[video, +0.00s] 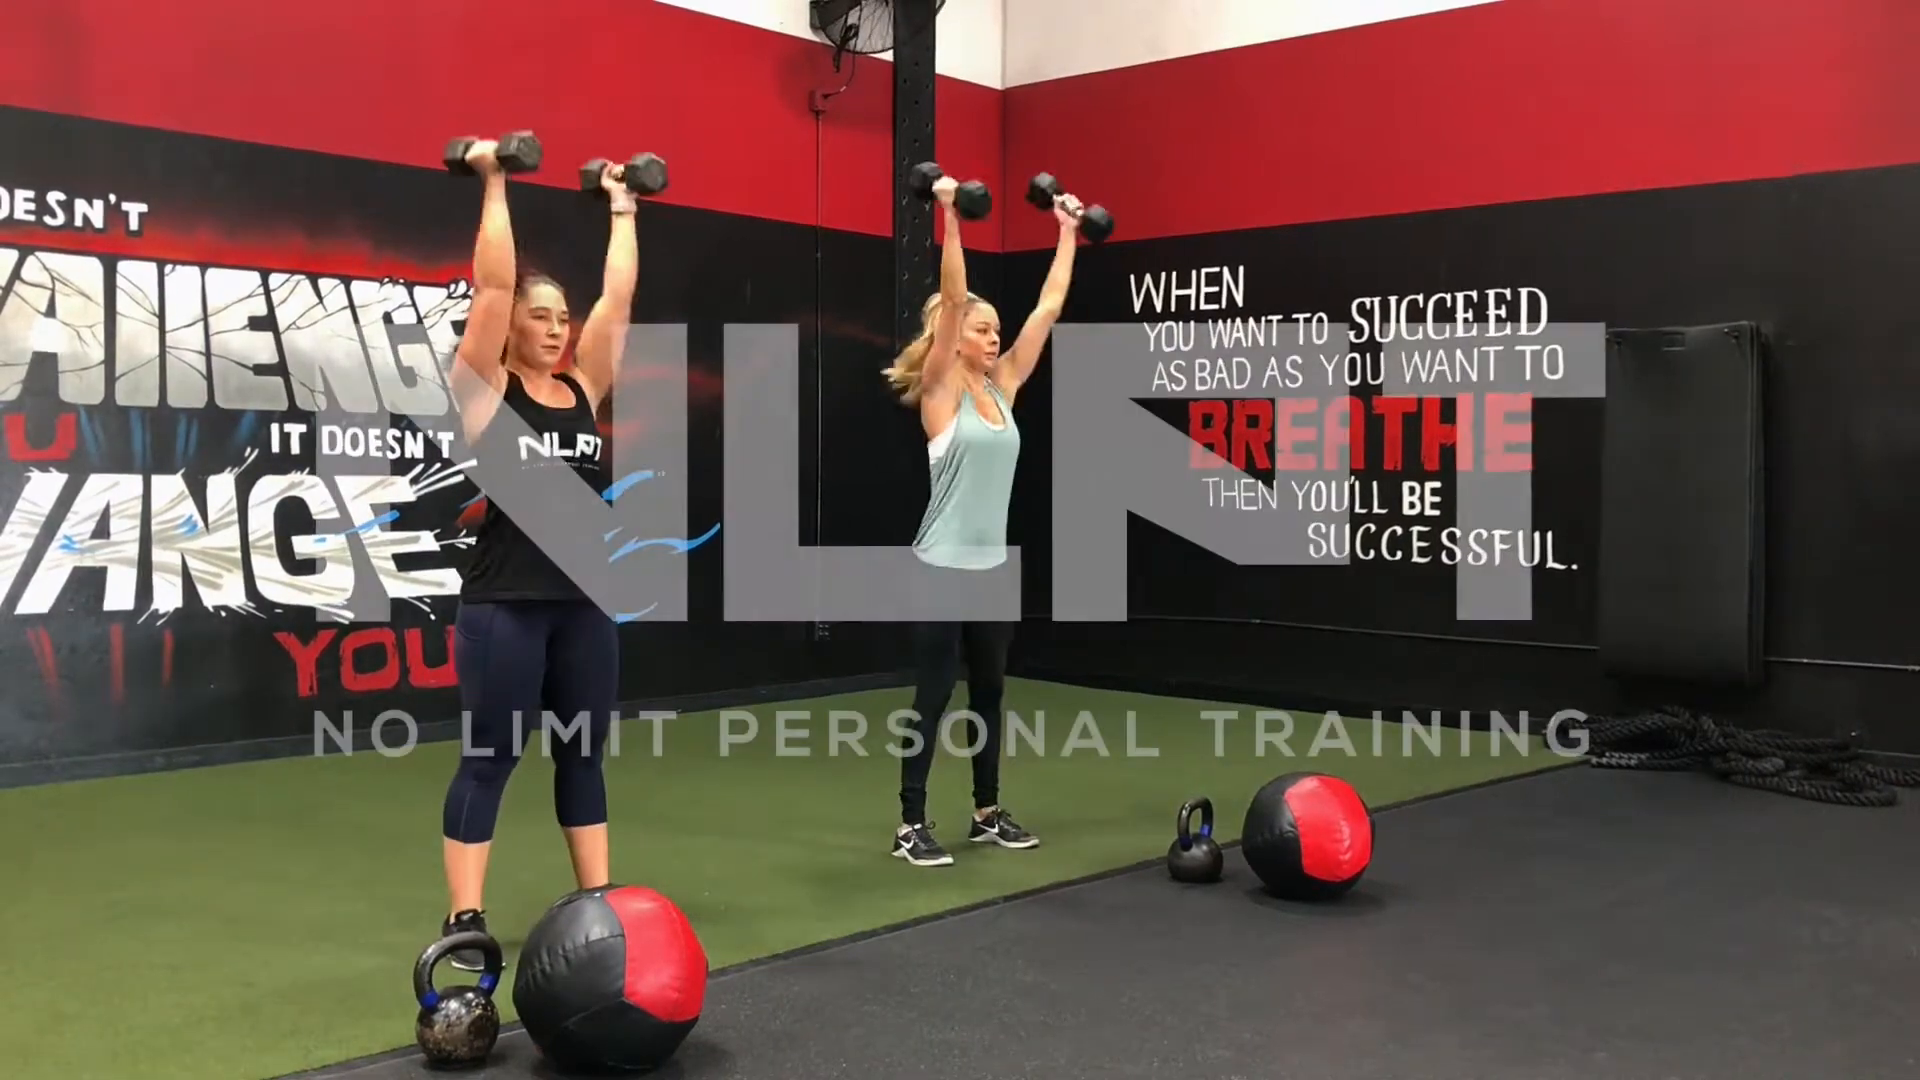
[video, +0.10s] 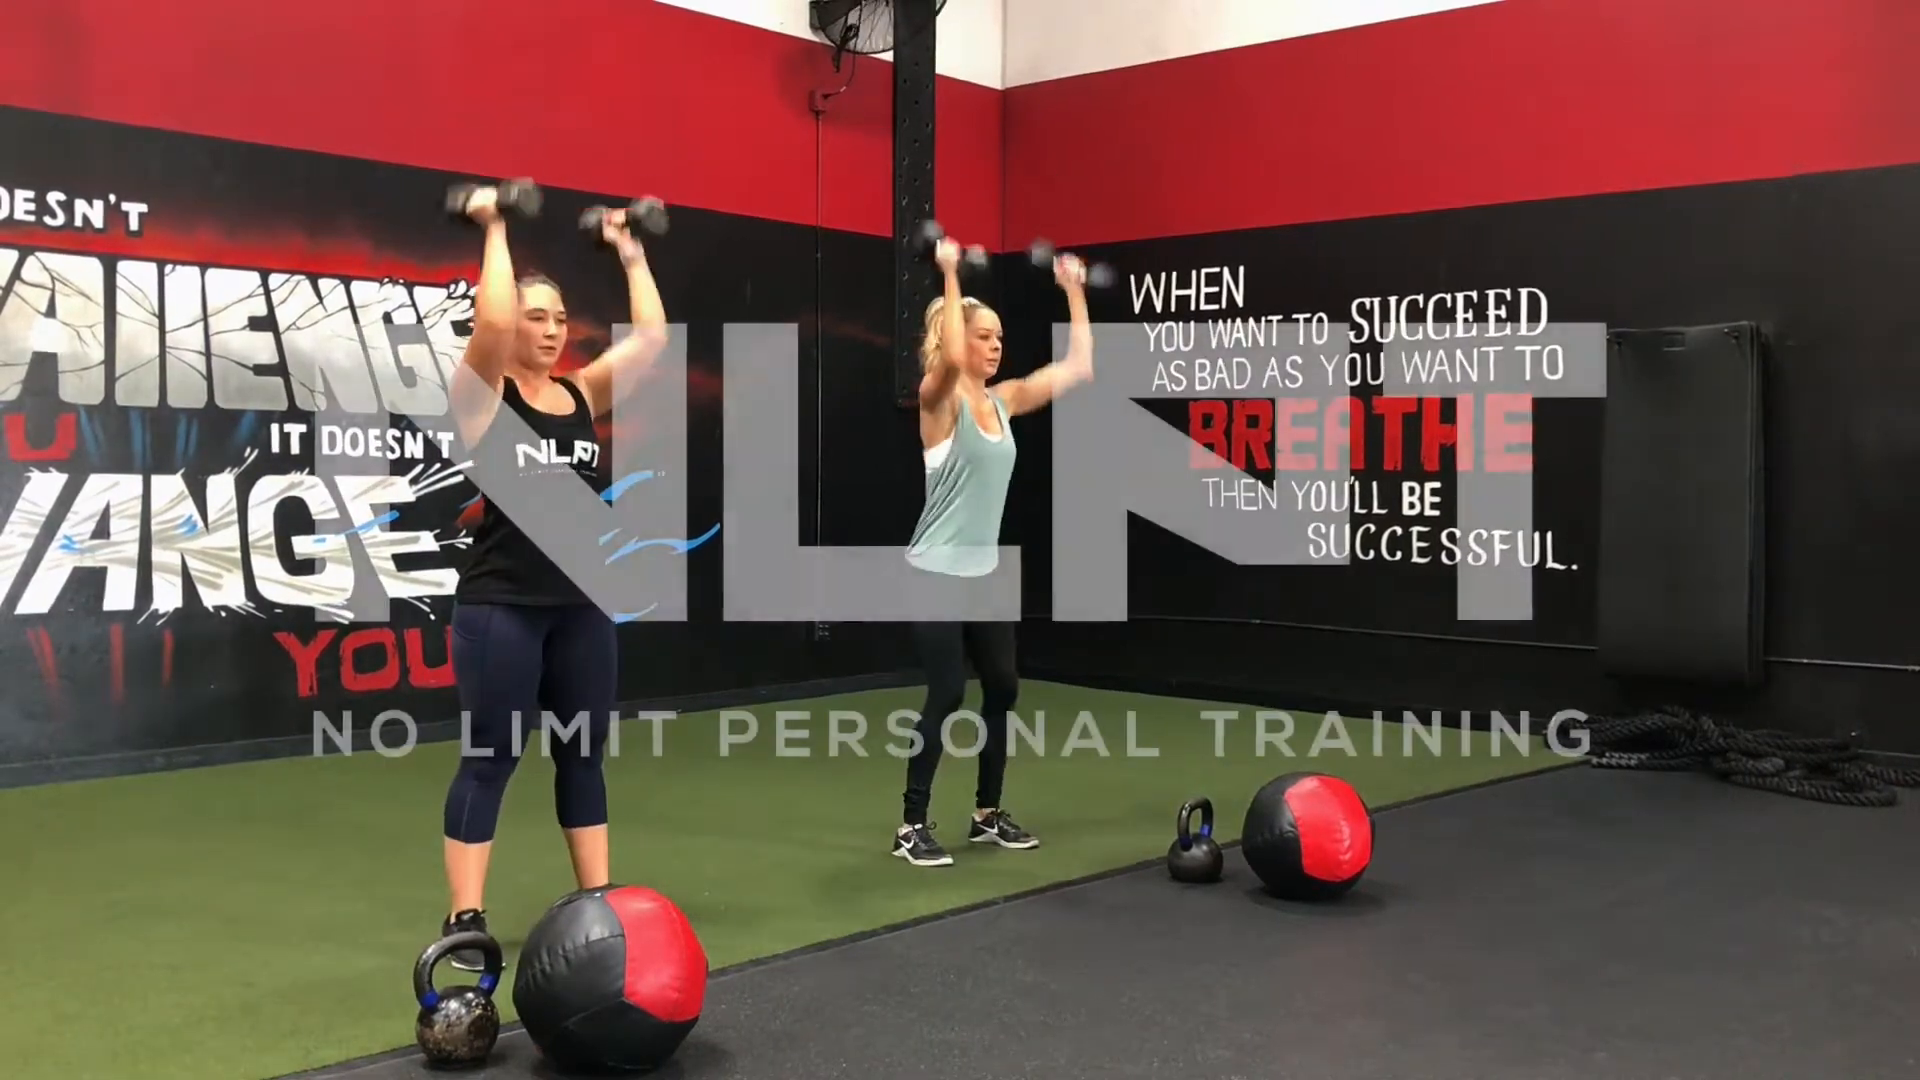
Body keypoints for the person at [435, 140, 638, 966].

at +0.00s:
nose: (557, 325)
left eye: (564, 314)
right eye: (541, 313)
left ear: (572, 324)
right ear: (506, 319)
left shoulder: (586, 386)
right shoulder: (483, 385)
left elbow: (619, 293)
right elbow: (495, 284)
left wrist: (621, 202)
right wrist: (494, 177)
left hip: (583, 605)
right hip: (503, 606)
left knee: (584, 756)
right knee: (488, 759)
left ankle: (598, 909)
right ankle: (466, 920)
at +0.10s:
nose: (550, 327)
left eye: (558, 315)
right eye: (535, 316)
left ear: (567, 325)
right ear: (502, 326)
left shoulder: (583, 391)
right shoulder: (477, 395)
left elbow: (651, 335)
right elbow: (493, 326)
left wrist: (629, 249)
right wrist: (496, 225)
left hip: (581, 603)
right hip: (500, 606)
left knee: (584, 754)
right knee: (490, 757)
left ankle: (598, 906)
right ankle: (467, 919)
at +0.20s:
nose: (561, 340)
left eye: (566, 329)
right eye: (545, 329)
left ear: (570, 341)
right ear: (509, 340)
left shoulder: (585, 420)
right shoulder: (475, 408)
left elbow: (665, 442)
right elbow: (496, 440)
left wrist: (641, 361)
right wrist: (497, 341)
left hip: (563, 607)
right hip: (480, 608)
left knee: (595, 746)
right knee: (489, 752)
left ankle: (596, 907)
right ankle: (465, 920)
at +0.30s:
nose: (570, 421)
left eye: (575, 409)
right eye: (554, 409)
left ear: (584, 418)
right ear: (517, 418)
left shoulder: (580, 489)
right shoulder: (485, 485)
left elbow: (643, 572)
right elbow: (502, 571)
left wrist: (640, 492)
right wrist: (504, 481)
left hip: (543, 650)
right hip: (464, 650)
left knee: (620, 749)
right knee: (490, 767)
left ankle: (595, 906)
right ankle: (464, 923)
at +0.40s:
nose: (575, 511)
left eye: (583, 498)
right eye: (561, 498)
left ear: (593, 506)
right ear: (528, 507)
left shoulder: (598, 566)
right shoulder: (490, 571)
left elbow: (636, 664)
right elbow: (500, 674)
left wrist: (640, 584)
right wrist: (506, 579)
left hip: (540, 710)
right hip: (458, 708)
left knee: (637, 765)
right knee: (495, 785)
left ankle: (598, 910)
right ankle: (463, 924)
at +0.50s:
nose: (587, 548)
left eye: (592, 535)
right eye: (572, 536)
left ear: (601, 541)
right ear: (533, 545)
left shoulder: (600, 607)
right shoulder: (493, 608)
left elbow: (635, 699)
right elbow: (505, 714)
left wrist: (644, 628)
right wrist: (515, 620)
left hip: (537, 741)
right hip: (454, 738)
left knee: (640, 768)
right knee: (495, 785)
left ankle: (596, 907)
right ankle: (464, 924)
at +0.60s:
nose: (576, 512)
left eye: (585, 499)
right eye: (562, 500)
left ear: (598, 510)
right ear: (532, 511)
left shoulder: (604, 570)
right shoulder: (495, 573)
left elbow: (643, 664)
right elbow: (509, 676)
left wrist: (642, 578)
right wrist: (514, 581)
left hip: (538, 712)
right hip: (457, 710)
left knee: (638, 767)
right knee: (494, 785)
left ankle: (597, 910)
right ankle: (464, 927)